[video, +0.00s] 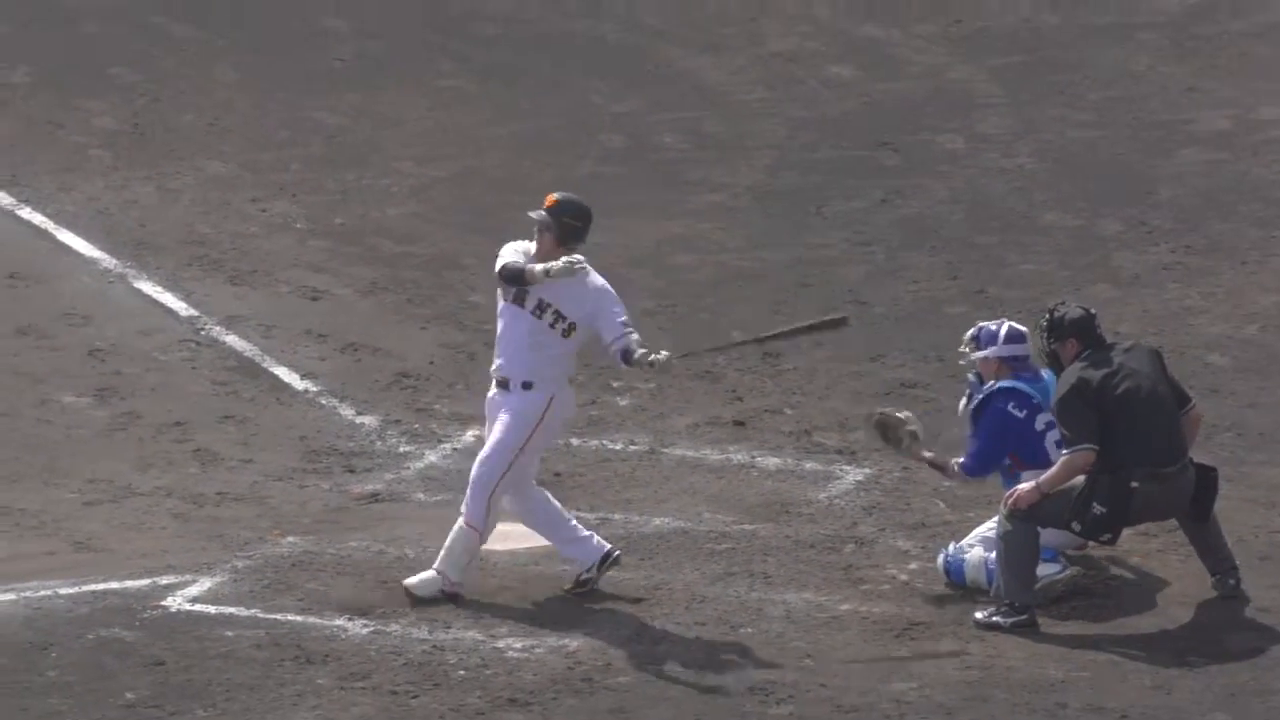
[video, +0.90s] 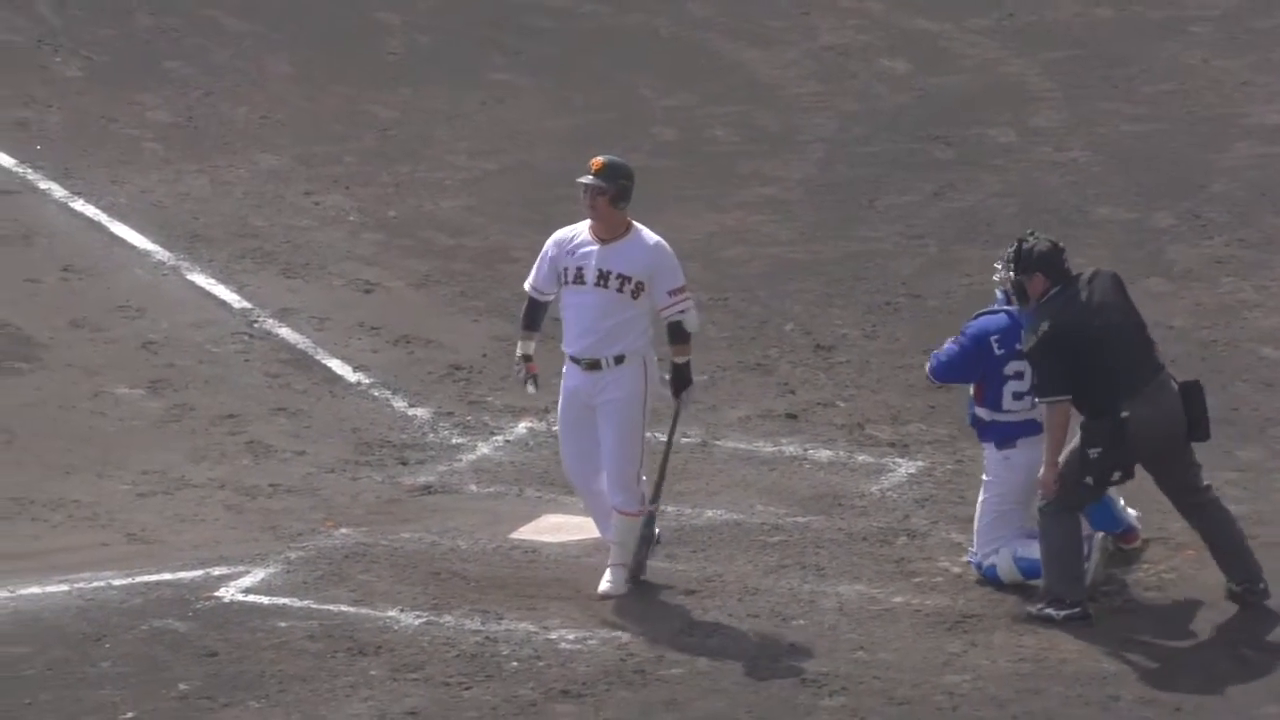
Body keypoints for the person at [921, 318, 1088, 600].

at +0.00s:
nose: (976, 365)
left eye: (980, 359)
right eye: (977, 358)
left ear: (996, 362)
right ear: (1018, 358)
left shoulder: (1004, 403)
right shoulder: (1038, 381)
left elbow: (975, 467)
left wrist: (927, 457)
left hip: (1050, 519)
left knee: (954, 561)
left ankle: (1041, 570)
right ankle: (1049, 558)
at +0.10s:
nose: (983, 376)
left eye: (987, 369)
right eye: (983, 368)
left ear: (1004, 371)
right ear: (1028, 364)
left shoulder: (1011, 412)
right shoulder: (1051, 389)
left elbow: (1004, 486)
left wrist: (962, 467)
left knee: (960, 572)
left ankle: (1053, 585)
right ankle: (1062, 572)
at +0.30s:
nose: (990, 354)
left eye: (996, 348)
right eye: (992, 347)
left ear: (1014, 355)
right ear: (1030, 353)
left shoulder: (1010, 396)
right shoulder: (1051, 380)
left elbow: (986, 464)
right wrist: (993, 405)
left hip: (1041, 517)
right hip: (1077, 505)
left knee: (960, 578)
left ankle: (1060, 587)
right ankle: (1071, 565)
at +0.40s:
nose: (993, 331)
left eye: (999, 325)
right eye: (995, 324)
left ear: (1015, 334)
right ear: (1033, 333)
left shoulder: (1006, 379)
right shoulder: (1052, 364)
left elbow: (972, 440)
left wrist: (979, 394)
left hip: (1033, 498)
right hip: (1069, 485)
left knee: (964, 573)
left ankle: (1066, 578)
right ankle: (1077, 558)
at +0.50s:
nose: (992, 310)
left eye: (998, 304)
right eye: (995, 303)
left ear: (1014, 313)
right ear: (1030, 313)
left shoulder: (999, 359)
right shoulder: (1051, 347)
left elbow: (966, 419)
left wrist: (975, 368)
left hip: (1028, 480)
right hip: (1070, 469)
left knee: (968, 563)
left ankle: (1064, 566)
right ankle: (1085, 541)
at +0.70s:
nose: (993, 281)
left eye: (999, 275)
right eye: (995, 275)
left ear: (1015, 283)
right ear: (1033, 282)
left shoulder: (989, 332)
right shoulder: (1054, 318)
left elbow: (960, 394)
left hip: (1015, 456)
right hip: (1058, 442)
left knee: (975, 553)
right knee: (1062, 478)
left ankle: (1068, 549)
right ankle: (1108, 524)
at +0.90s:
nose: (1002, 280)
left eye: (1007, 274)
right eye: (1006, 272)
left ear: (1010, 286)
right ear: (1038, 285)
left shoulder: (989, 329)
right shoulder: (1064, 319)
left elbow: (936, 371)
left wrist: (964, 341)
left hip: (1009, 458)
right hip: (1061, 443)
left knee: (989, 557)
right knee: (1078, 479)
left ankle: (1080, 552)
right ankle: (1125, 530)